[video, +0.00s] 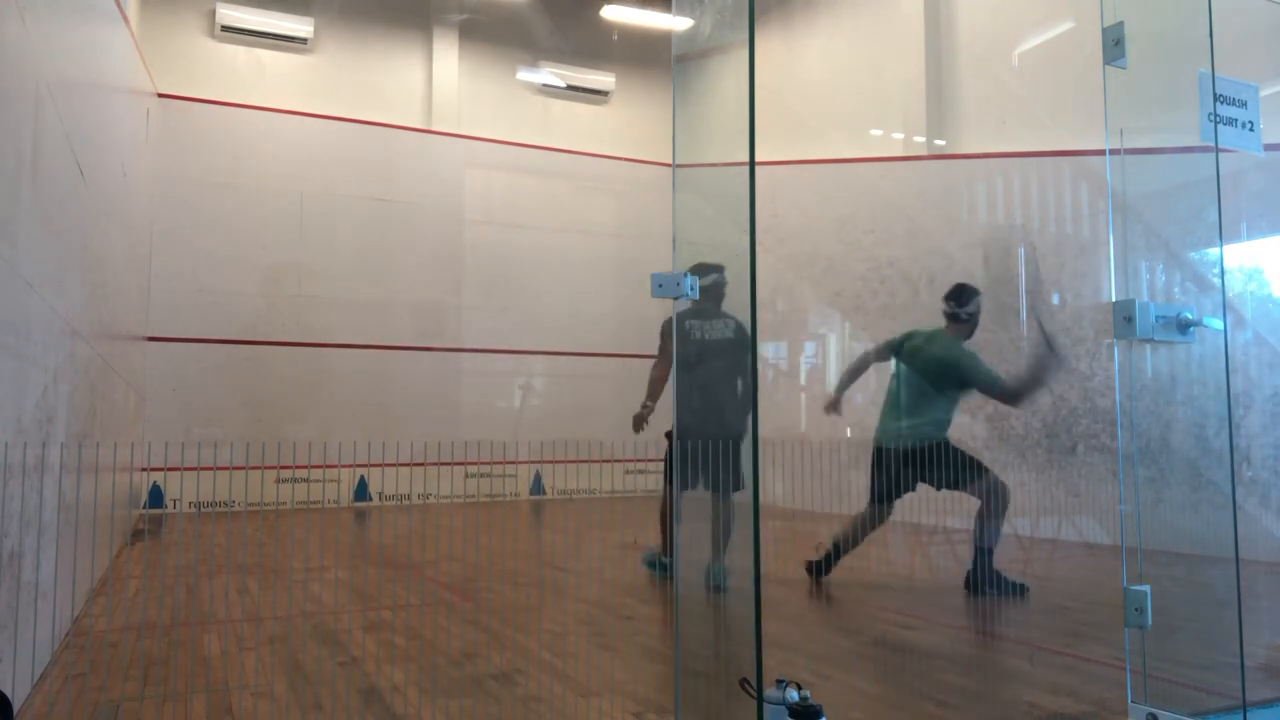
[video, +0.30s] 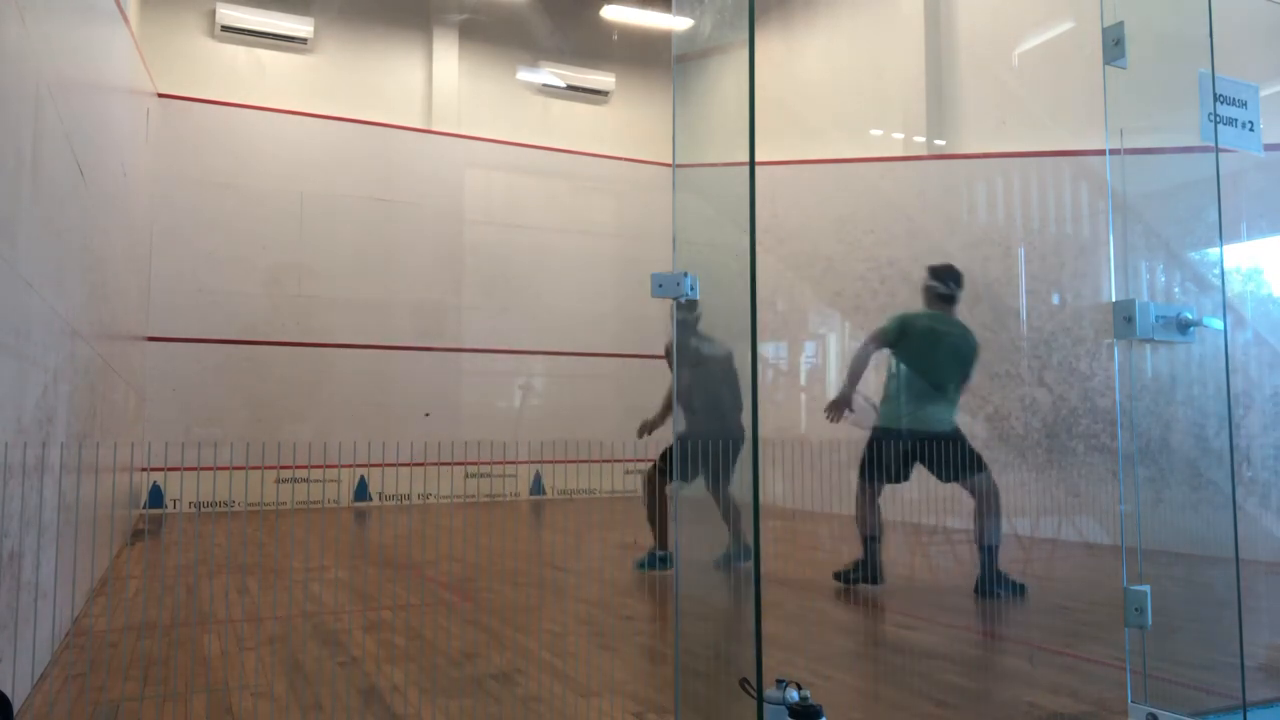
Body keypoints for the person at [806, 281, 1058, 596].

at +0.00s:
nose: (978, 323)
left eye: (976, 316)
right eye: (977, 317)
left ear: (946, 313)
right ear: (973, 319)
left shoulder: (913, 339)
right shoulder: (959, 357)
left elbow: (868, 357)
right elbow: (1012, 396)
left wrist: (837, 394)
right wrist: (1044, 367)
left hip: (889, 448)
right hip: (927, 450)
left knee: (877, 512)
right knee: (996, 494)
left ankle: (823, 562)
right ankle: (982, 573)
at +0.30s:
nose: (927, 294)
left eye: (927, 288)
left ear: (926, 292)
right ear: (957, 297)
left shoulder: (905, 323)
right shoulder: (967, 339)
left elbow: (867, 348)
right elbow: (957, 388)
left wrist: (845, 393)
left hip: (893, 433)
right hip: (940, 434)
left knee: (867, 491)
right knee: (987, 491)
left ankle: (870, 565)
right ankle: (990, 574)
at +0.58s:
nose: (841, 283)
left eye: (845, 277)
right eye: (844, 276)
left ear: (852, 280)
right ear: (878, 284)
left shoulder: (843, 315)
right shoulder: (897, 324)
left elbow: (826, 360)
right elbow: (908, 383)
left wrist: (815, 398)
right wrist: (912, 427)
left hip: (855, 423)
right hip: (893, 424)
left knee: (863, 501)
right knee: (894, 496)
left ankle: (887, 570)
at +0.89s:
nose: (779, 293)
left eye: (785, 286)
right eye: (781, 286)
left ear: (803, 292)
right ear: (811, 295)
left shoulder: (785, 329)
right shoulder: (835, 332)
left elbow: (764, 374)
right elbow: (859, 381)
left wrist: (751, 407)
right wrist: (877, 424)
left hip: (801, 429)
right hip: (828, 430)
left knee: (830, 501)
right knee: (790, 483)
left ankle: (880, 561)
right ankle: (769, 552)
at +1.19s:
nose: (725, 296)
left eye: (730, 290)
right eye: (727, 290)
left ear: (744, 294)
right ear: (758, 294)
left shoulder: (734, 328)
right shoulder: (784, 331)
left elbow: (717, 369)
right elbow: (803, 379)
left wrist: (697, 406)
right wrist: (807, 416)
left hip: (742, 428)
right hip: (775, 430)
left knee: (712, 483)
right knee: (755, 485)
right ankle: (762, 553)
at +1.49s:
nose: (687, 300)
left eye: (692, 293)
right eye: (689, 292)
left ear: (703, 296)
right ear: (720, 296)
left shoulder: (687, 330)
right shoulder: (741, 333)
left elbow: (675, 373)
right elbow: (762, 380)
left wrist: (665, 411)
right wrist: (740, 410)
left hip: (688, 426)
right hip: (725, 427)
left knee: (652, 482)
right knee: (738, 487)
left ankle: (628, 552)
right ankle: (755, 554)